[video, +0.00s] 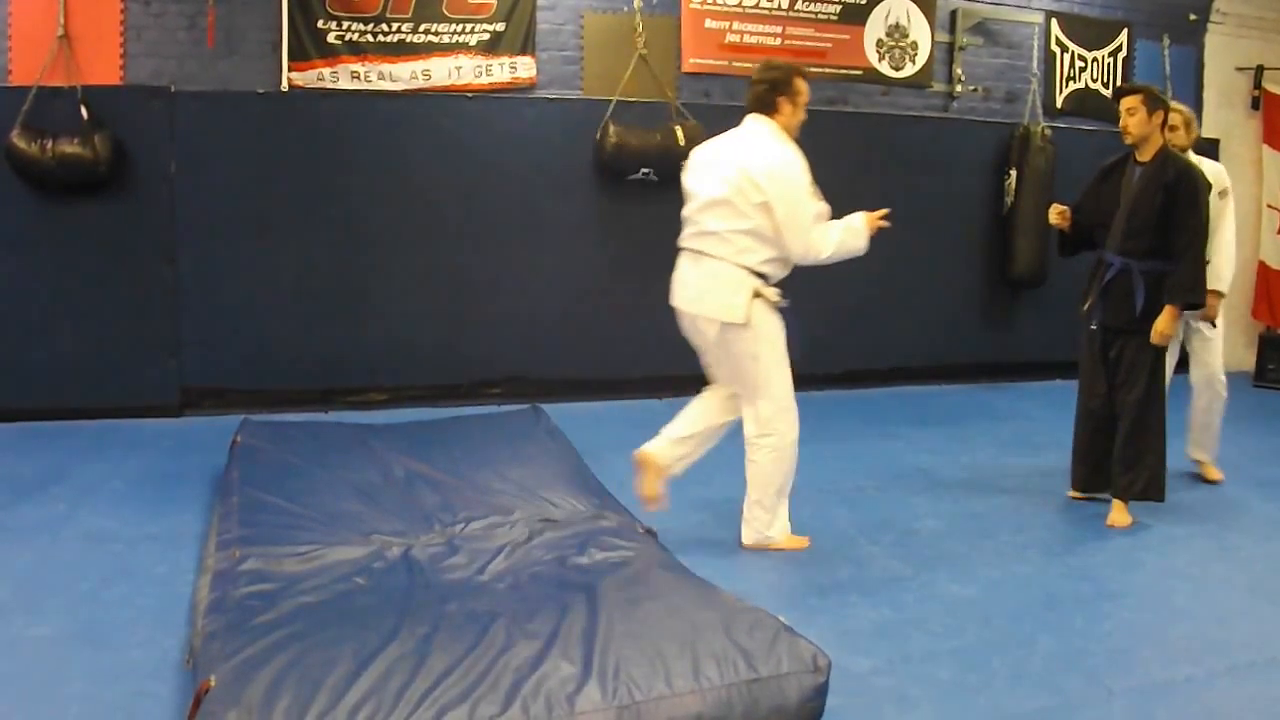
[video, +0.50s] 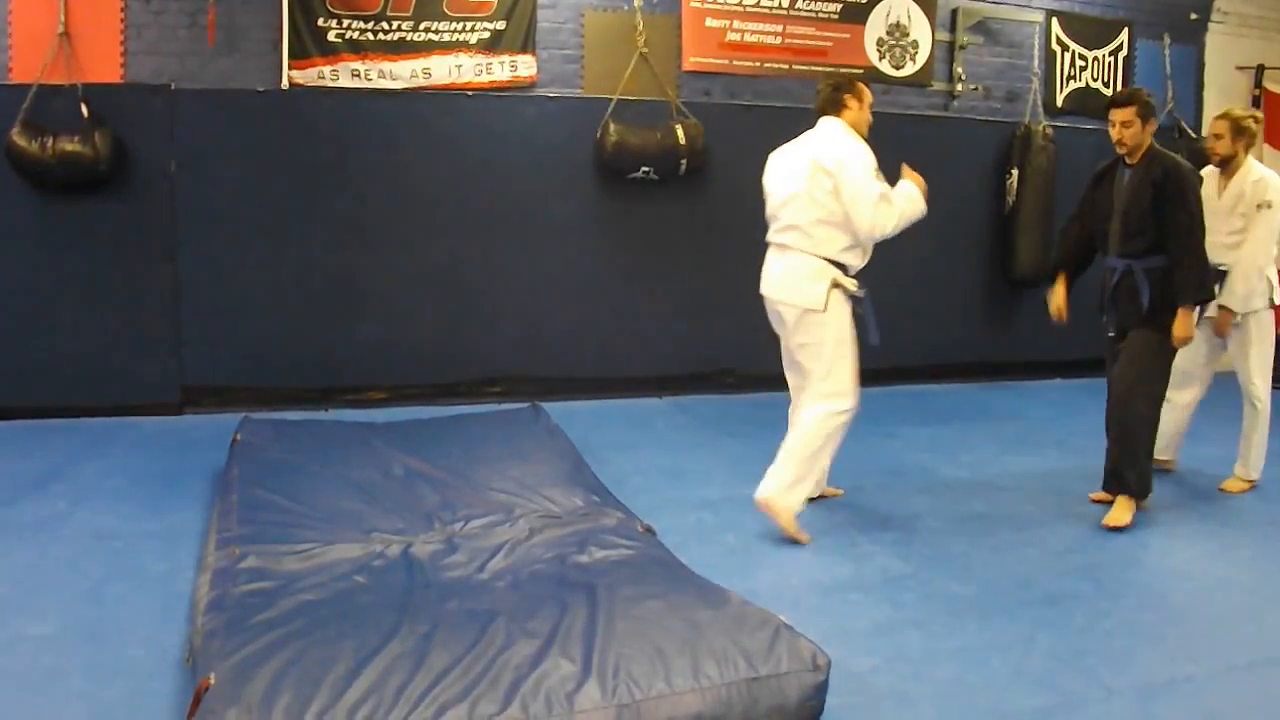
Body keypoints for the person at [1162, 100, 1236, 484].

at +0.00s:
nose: (1171, 135)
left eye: (1177, 129)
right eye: (1166, 128)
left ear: (1191, 132)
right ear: (1157, 132)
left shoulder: (1213, 174)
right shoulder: (1145, 174)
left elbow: (1222, 236)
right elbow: (1133, 233)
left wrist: (1215, 289)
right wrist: (1138, 286)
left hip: (1202, 293)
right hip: (1158, 290)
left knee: (1211, 378)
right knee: (1151, 377)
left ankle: (1203, 454)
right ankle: (1136, 458)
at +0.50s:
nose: (1211, 144)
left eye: (1219, 138)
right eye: (1210, 137)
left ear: (1242, 142)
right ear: (1212, 140)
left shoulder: (1266, 184)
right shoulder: (1205, 177)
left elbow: (1258, 250)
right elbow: (1192, 235)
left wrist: (1230, 304)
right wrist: (1186, 290)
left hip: (1252, 293)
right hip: (1207, 288)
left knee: (1254, 387)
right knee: (1184, 370)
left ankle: (1247, 472)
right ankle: (1162, 453)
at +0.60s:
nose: (1217, 142)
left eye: (1225, 136)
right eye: (1216, 135)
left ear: (1248, 140)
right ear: (1218, 137)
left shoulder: (1269, 182)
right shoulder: (1212, 176)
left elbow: (1272, 250)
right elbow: (1201, 234)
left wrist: (1252, 306)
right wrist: (1191, 288)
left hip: (1253, 292)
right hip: (1210, 290)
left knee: (1253, 388)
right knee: (1189, 367)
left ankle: (1246, 471)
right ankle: (1197, 450)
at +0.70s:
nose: (1221, 140)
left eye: (1230, 135)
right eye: (1221, 134)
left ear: (1253, 140)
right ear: (1222, 136)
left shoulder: (1269, 183)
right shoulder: (1216, 177)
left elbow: (1278, 250)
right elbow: (1204, 231)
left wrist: (1275, 309)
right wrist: (1197, 281)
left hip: (1255, 289)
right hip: (1213, 286)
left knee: (1251, 383)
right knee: (1207, 372)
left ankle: (1248, 470)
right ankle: (1226, 448)